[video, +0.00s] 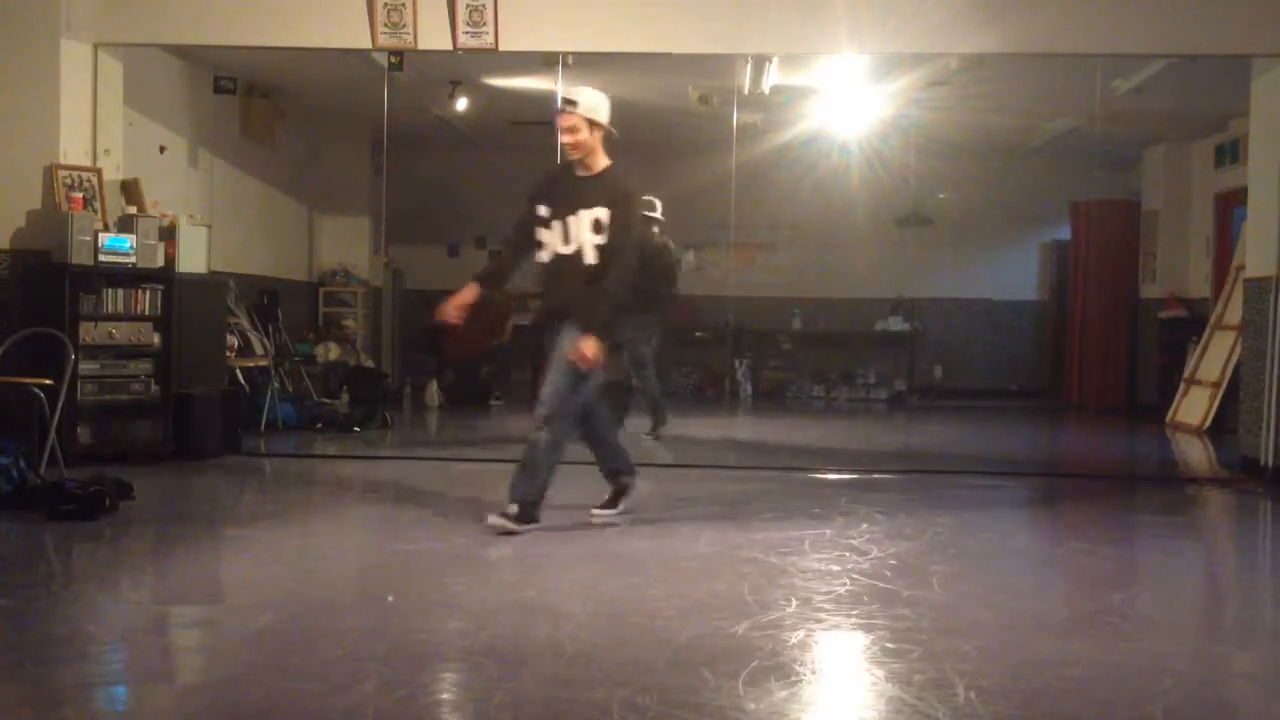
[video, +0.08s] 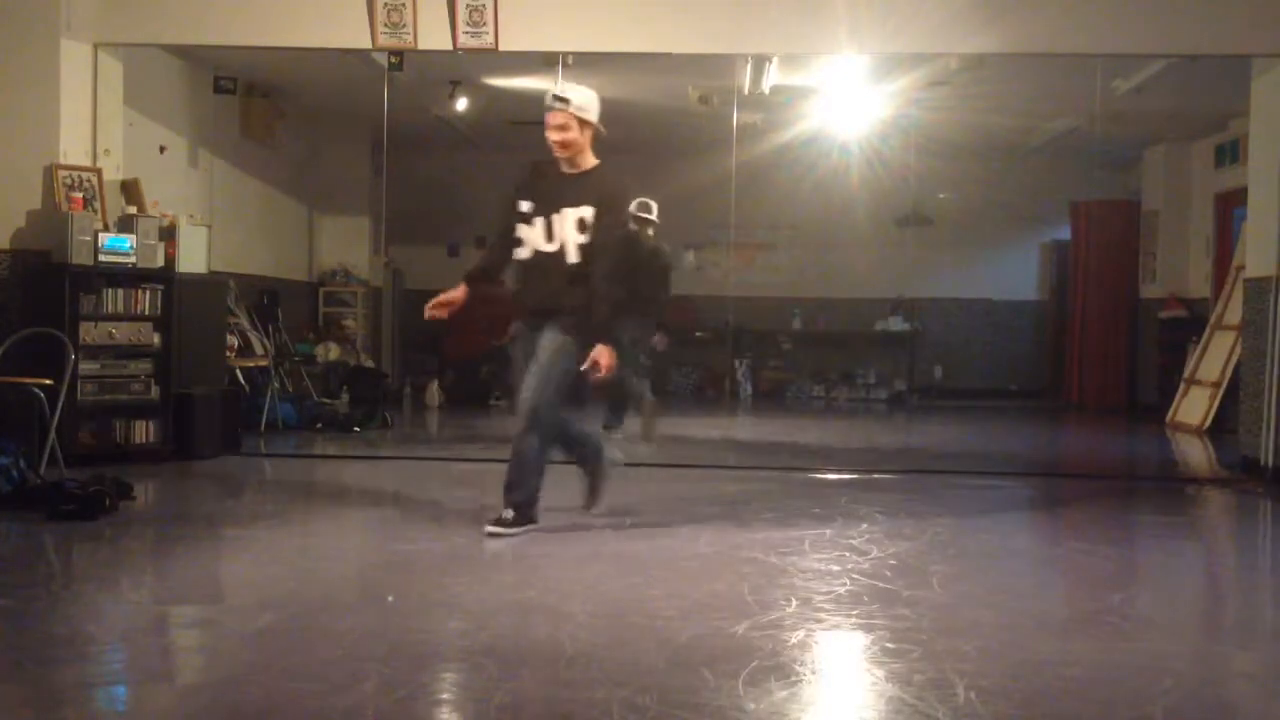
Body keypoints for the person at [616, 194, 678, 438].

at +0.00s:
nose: (639, 223)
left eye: (641, 218)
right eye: (642, 218)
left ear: (637, 217)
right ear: (658, 220)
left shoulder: (627, 243)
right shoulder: (665, 247)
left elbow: (618, 277)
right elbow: (669, 285)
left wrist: (614, 301)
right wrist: (662, 307)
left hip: (627, 310)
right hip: (652, 312)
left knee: (642, 368)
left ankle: (659, 416)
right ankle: (612, 420)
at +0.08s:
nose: (640, 228)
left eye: (640, 222)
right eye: (642, 223)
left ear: (629, 219)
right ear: (653, 224)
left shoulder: (618, 243)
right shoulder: (660, 251)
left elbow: (609, 280)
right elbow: (663, 291)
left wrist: (604, 309)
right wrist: (661, 325)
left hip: (620, 312)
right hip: (646, 315)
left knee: (622, 365)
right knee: (632, 367)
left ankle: (645, 398)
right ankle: (612, 422)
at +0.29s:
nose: (627, 225)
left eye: (629, 220)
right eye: (626, 220)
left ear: (615, 218)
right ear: (640, 220)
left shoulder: (602, 245)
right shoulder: (648, 251)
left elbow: (590, 282)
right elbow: (658, 289)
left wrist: (585, 314)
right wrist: (655, 320)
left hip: (603, 315)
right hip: (631, 317)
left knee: (594, 362)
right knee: (623, 369)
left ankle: (590, 408)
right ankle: (614, 420)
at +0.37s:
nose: (622, 228)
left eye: (620, 223)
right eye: (623, 224)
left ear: (609, 221)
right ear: (634, 222)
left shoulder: (599, 246)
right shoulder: (644, 249)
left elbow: (589, 283)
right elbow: (656, 288)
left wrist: (585, 313)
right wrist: (651, 320)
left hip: (601, 315)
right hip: (630, 317)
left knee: (591, 364)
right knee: (622, 369)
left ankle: (584, 414)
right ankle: (614, 420)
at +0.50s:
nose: (607, 232)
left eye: (606, 229)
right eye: (612, 229)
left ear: (603, 229)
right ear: (624, 229)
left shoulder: (597, 252)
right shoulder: (637, 254)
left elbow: (586, 288)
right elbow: (647, 292)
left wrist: (581, 315)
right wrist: (644, 325)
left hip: (599, 317)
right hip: (626, 319)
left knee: (590, 365)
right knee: (621, 365)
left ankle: (589, 411)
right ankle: (613, 412)